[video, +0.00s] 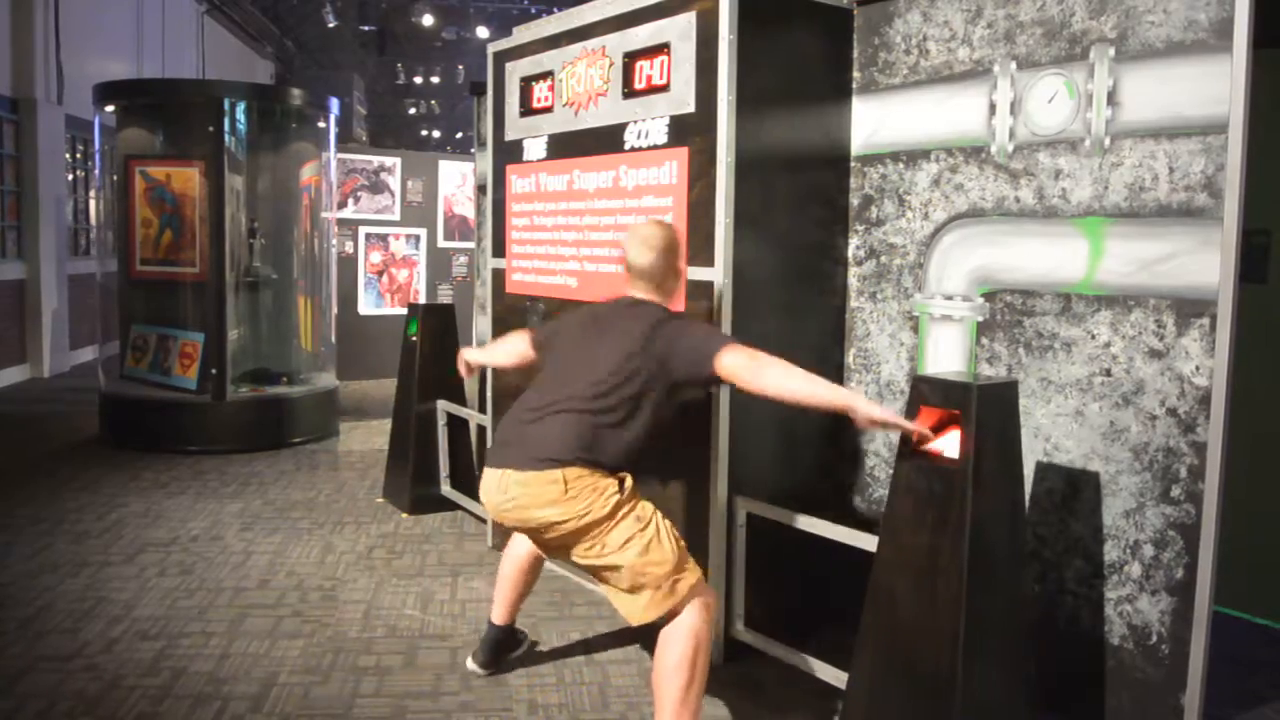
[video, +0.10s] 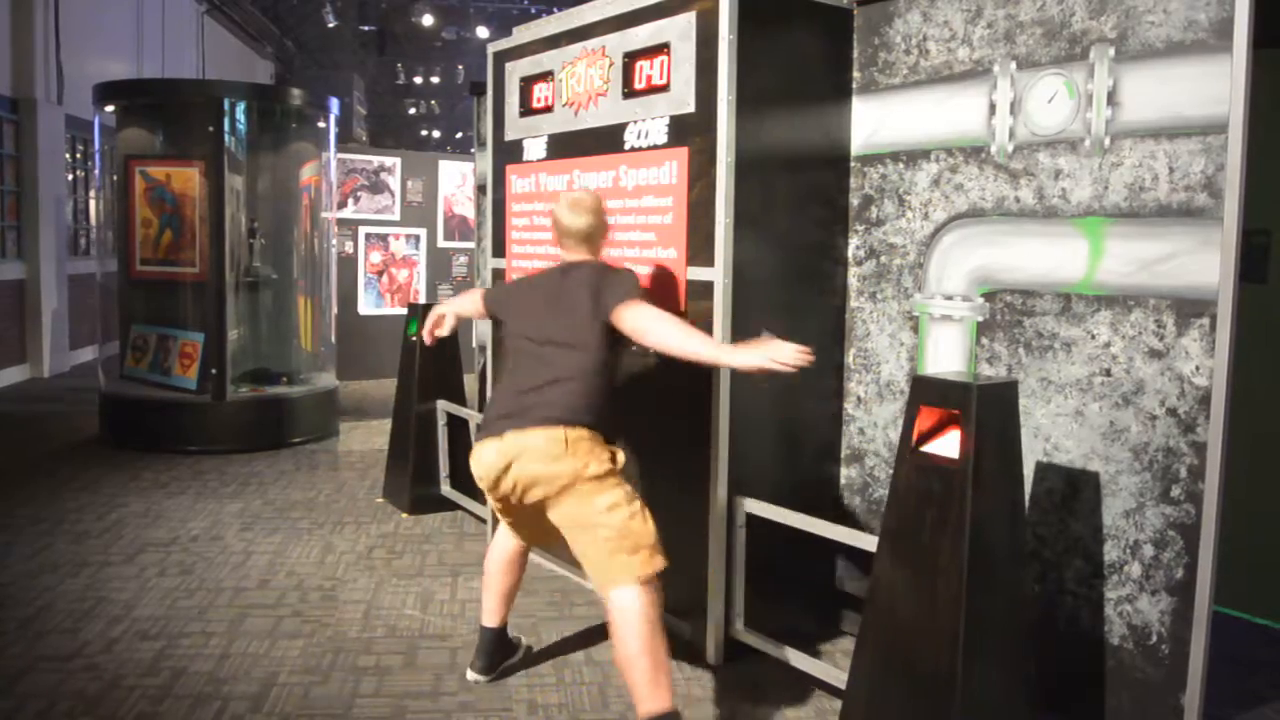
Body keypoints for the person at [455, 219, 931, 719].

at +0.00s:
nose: (681, 267)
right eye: (682, 262)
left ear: (623, 270)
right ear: (680, 272)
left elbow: (515, 348)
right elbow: (752, 369)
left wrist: (475, 356)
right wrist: (854, 403)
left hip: (500, 482)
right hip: (568, 488)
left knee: (537, 527)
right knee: (690, 603)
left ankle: (495, 639)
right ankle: (676, 714)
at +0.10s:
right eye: (601, 231)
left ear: (555, 239)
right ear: (604, 235)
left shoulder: (518, 290)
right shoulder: (607, 282)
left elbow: (468, 302)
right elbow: (649, 328)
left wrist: (446, 309)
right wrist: (736, 353)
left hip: (493, 450)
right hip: (566, 447)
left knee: (512, 524)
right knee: (626, 578)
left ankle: (489, 645)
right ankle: (658, 712)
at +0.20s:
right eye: (549, 200)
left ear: (499, 212)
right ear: (548, 205)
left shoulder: (471, 263)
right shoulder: (553, 245)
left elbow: (437, 276)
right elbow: (562, 286)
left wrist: (438, 273)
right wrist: (633, 311)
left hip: (478, 412)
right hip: (541, 400)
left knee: (506, 526)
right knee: (598, 534)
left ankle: (491, 647)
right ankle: (600, 690)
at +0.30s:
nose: (517, 167)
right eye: (517, 160)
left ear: (471, 176)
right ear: (516, 166)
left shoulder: (456, 230)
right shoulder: (525, 210)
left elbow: (415, 261)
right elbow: (521, 252)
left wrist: (441, 273)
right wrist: (559, 295)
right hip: (503, 369)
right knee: (576, 478)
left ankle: (489, 629)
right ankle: (514, 622)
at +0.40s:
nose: (496, 156)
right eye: (495, 148)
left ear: (447, 158)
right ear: (493, 152)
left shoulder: (434, 207)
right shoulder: (499, 188)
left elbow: (391, 277)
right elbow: (499, 242)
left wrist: (419, 311)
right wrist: (524, 301)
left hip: (422, 352)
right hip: (469, 350)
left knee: (473, 468)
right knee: (543, 449)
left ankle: (461, 592)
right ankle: (456, 572)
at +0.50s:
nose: (470, 169)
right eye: (468, 162)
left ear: (423, 173)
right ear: (466, 166)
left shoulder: (410, 221)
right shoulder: (474, 200)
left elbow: (377, 303)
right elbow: (480, 253)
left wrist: (386, 344)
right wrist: (519, 314)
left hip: (401, 356)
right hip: (445, 356)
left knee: (446, 436)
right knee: (504, 460)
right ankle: (431, 574)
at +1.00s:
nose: (402, 237)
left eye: (399, 231)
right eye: (399, 231)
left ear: (364, 241)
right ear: (390, 233)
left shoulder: (352, 269)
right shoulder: (396, 253)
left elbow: (343, 316)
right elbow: (394, 286)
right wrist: (413, 343)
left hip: (323, 367)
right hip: (359, 366)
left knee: (364, 436)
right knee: (397, 454)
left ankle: (331, 513)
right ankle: (378, 559)